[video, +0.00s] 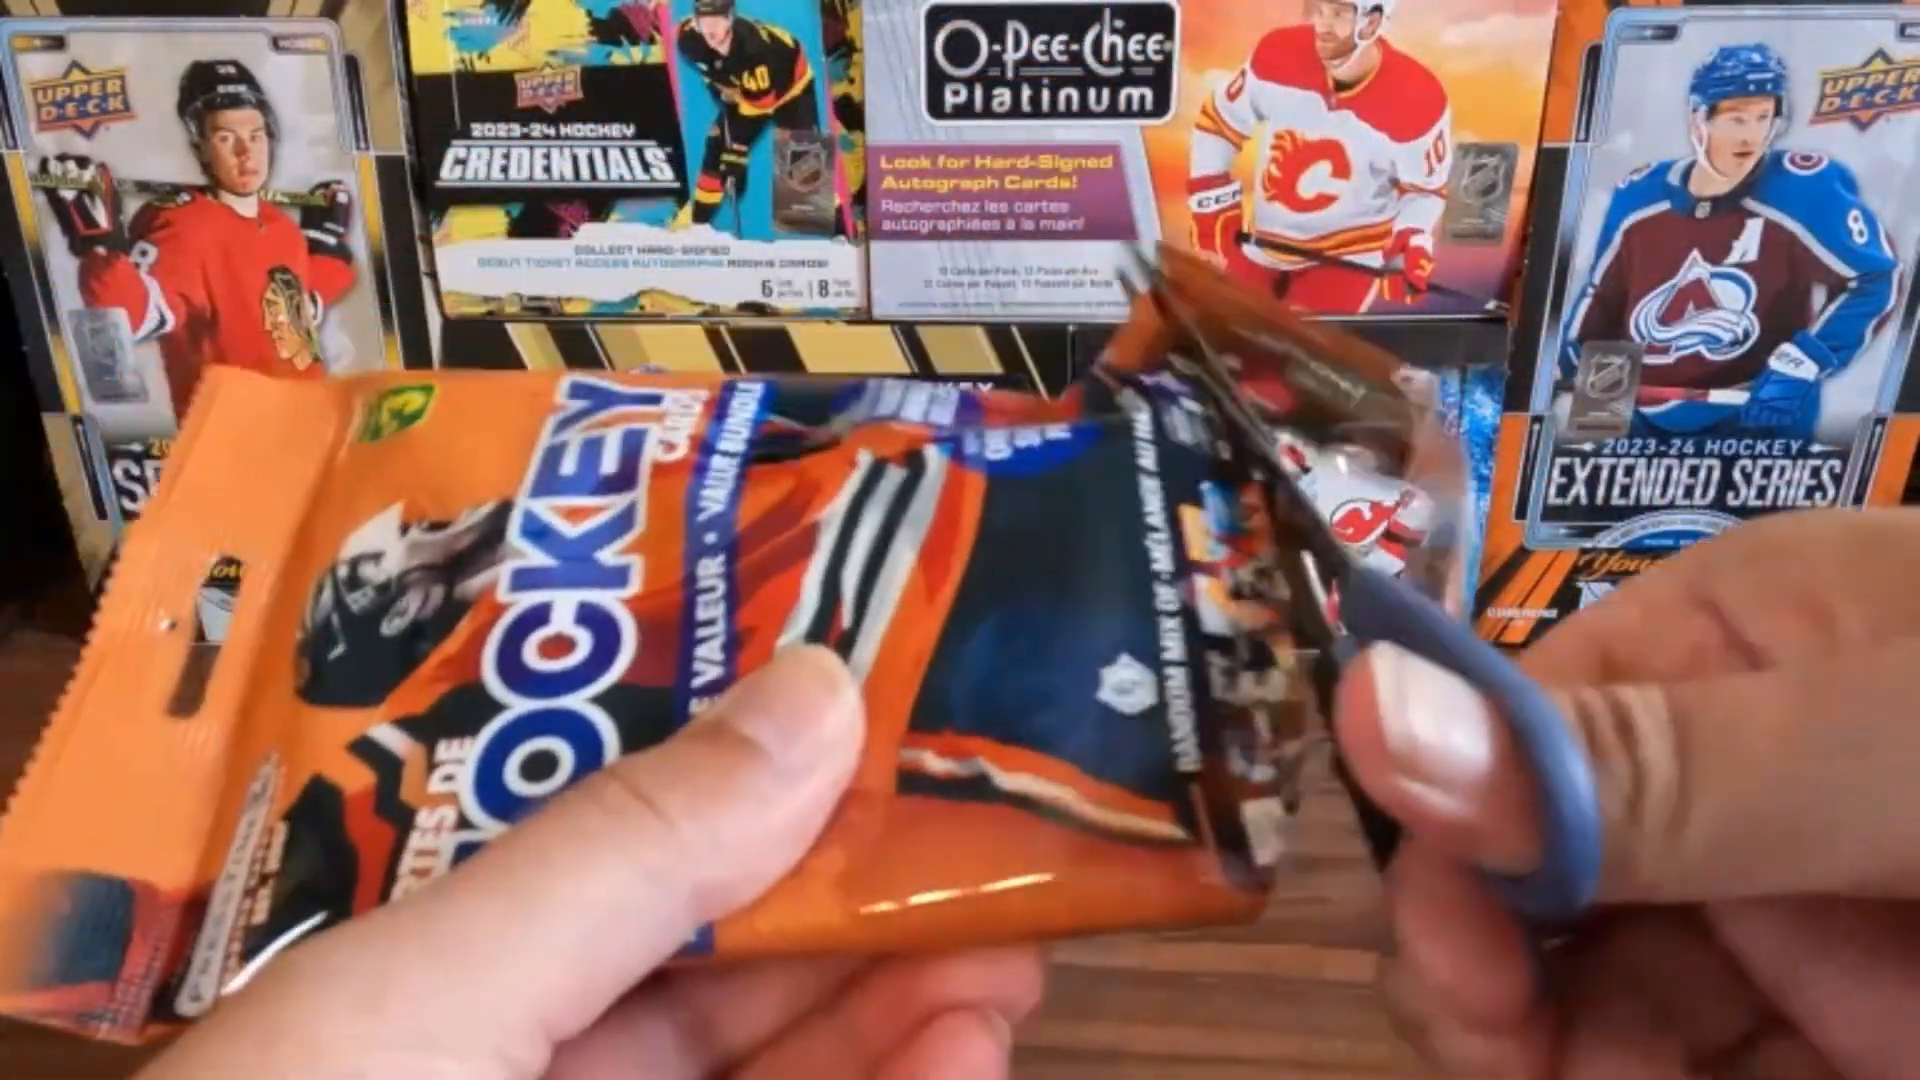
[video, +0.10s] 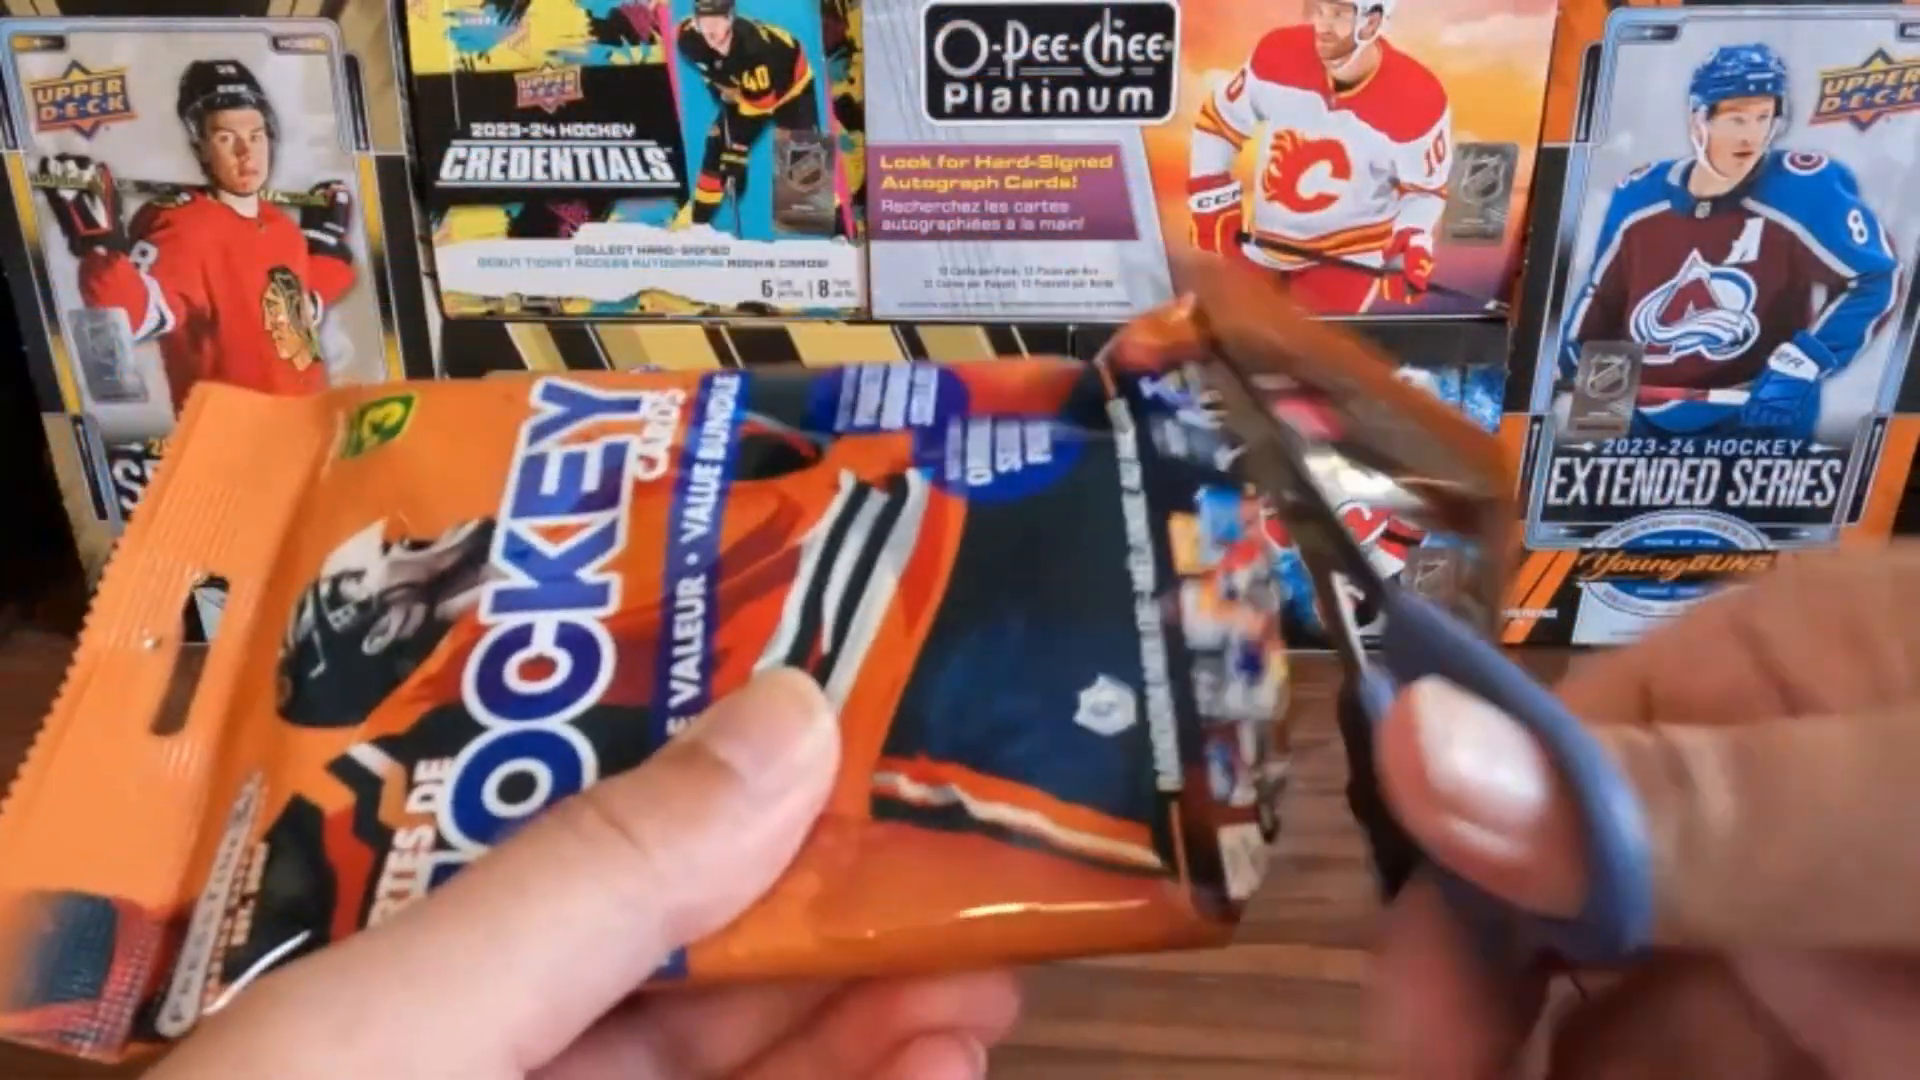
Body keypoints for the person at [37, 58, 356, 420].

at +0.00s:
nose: (246, 151)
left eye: (256, 134)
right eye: (227, 138)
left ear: (270, 139)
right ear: (201, 148)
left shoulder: (281, 225)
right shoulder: (181, 225)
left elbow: (302, 309)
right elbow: (141, 316)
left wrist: (332, 250)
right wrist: (100, 247)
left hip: (305, 418)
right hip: (229, 428)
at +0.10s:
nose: (246, 151)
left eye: (256, 134)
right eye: (226, 137)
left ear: (271, 139)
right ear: (200, 148)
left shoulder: (281, 224)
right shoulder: (180, 226)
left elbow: (301, 310)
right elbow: (145, 317)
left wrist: (334, 254)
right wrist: (102, 251)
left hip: (305, 424)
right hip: (229, 433)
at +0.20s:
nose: (246, 153)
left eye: (256, 135)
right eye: (226, 138)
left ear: (271, 139)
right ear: (199, 148)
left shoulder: (282, 225)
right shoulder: (183, 228)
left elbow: (299, 309)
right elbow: (139, 319)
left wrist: (334, 254)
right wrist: (100, 247)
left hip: (308, 420)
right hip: (227, 434)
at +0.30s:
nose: (247, 153)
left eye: (256, 136)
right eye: (227, 139)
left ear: (270, 140)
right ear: (201, 150)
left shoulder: (283, 227)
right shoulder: (182, 228)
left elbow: (300, 312)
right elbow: (141, 320)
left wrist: (332, 250)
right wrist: (101, 248)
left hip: (299, 407)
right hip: (223, 421)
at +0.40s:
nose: (247, 153)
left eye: (256, 135)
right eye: (227, 139)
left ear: (270, 140)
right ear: (201, 149)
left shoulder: (283, 227)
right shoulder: (182, 227)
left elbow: (299, 313)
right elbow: (141, 320)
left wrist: (333, 252)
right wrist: (101, 249)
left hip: (300, 408)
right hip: (222, 422)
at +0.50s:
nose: (247, 153)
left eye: (256, 135)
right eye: (227, 139)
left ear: (270, 139)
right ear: (200, 150)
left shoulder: (282, 226)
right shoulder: (181, 227)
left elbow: (299, 310)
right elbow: (139, 321)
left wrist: (335, 253)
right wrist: (100, 249)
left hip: (303, 412)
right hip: (224, 425)